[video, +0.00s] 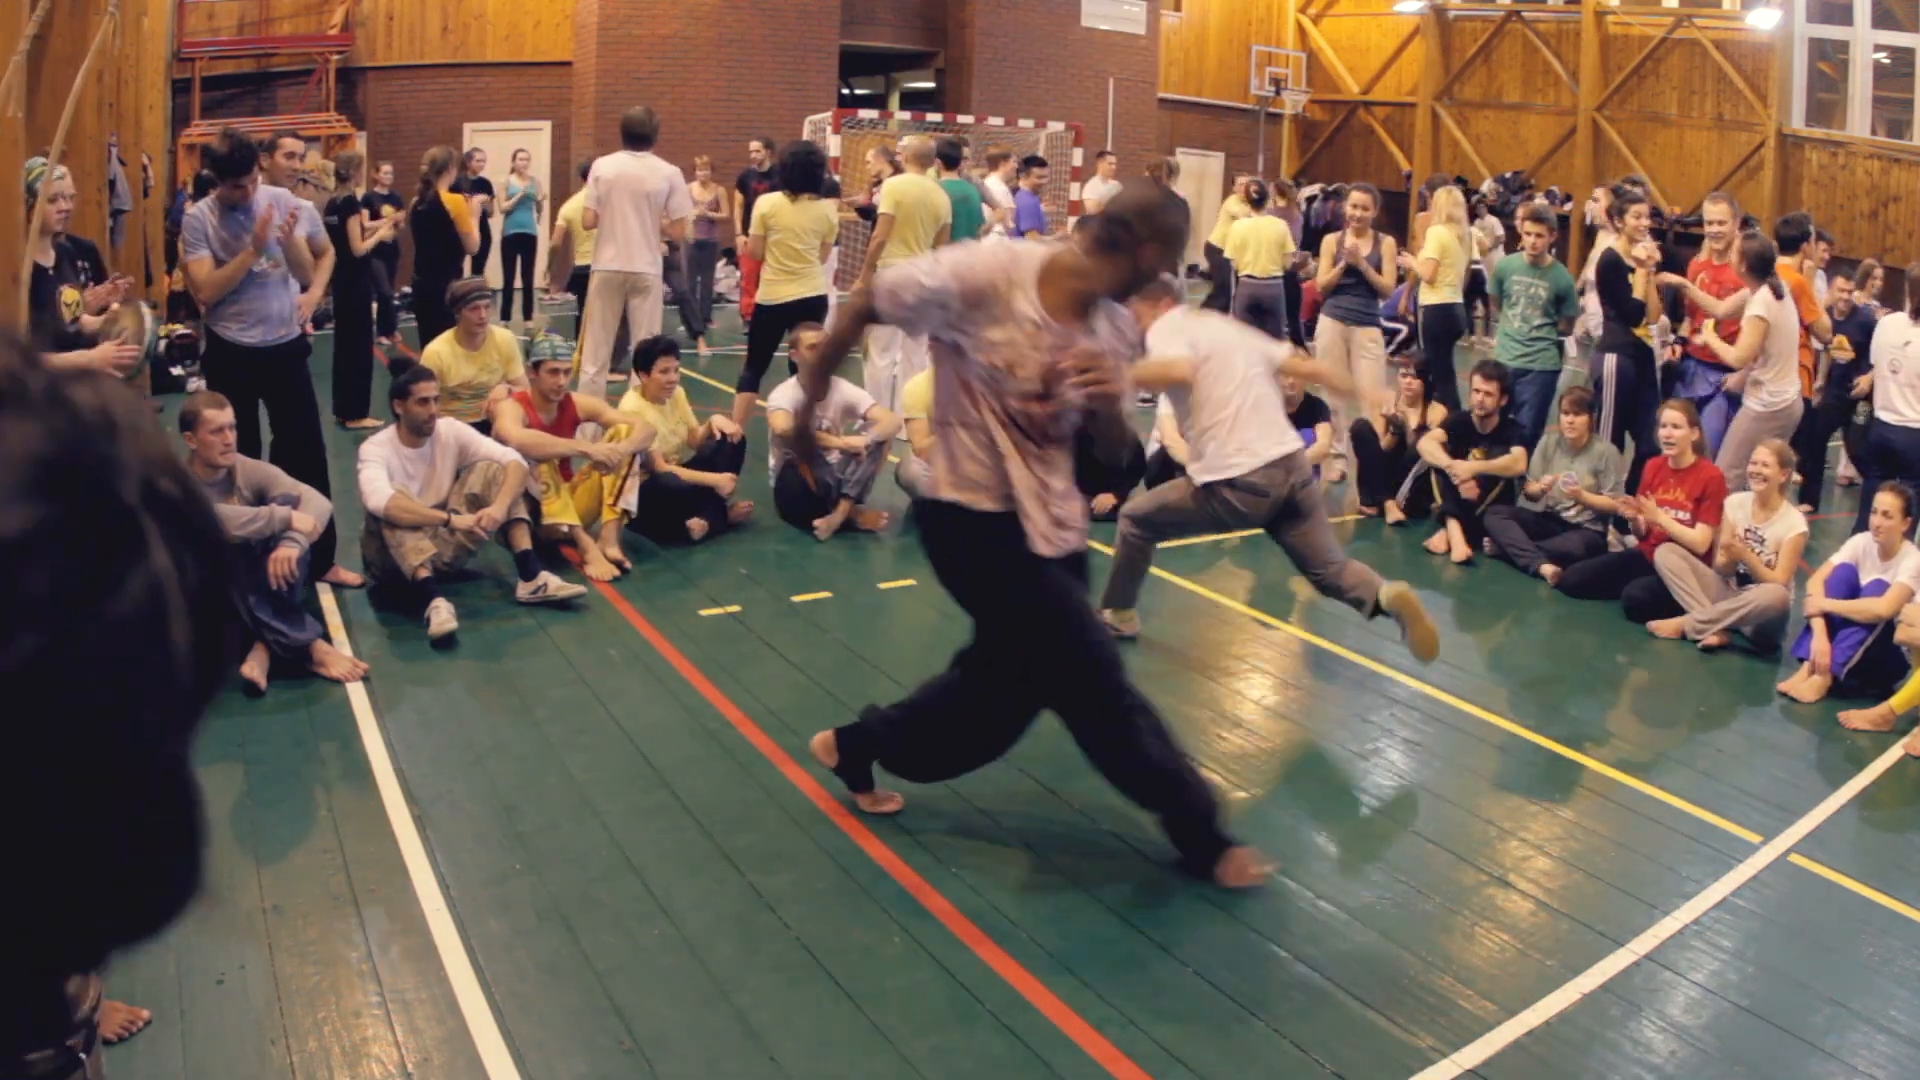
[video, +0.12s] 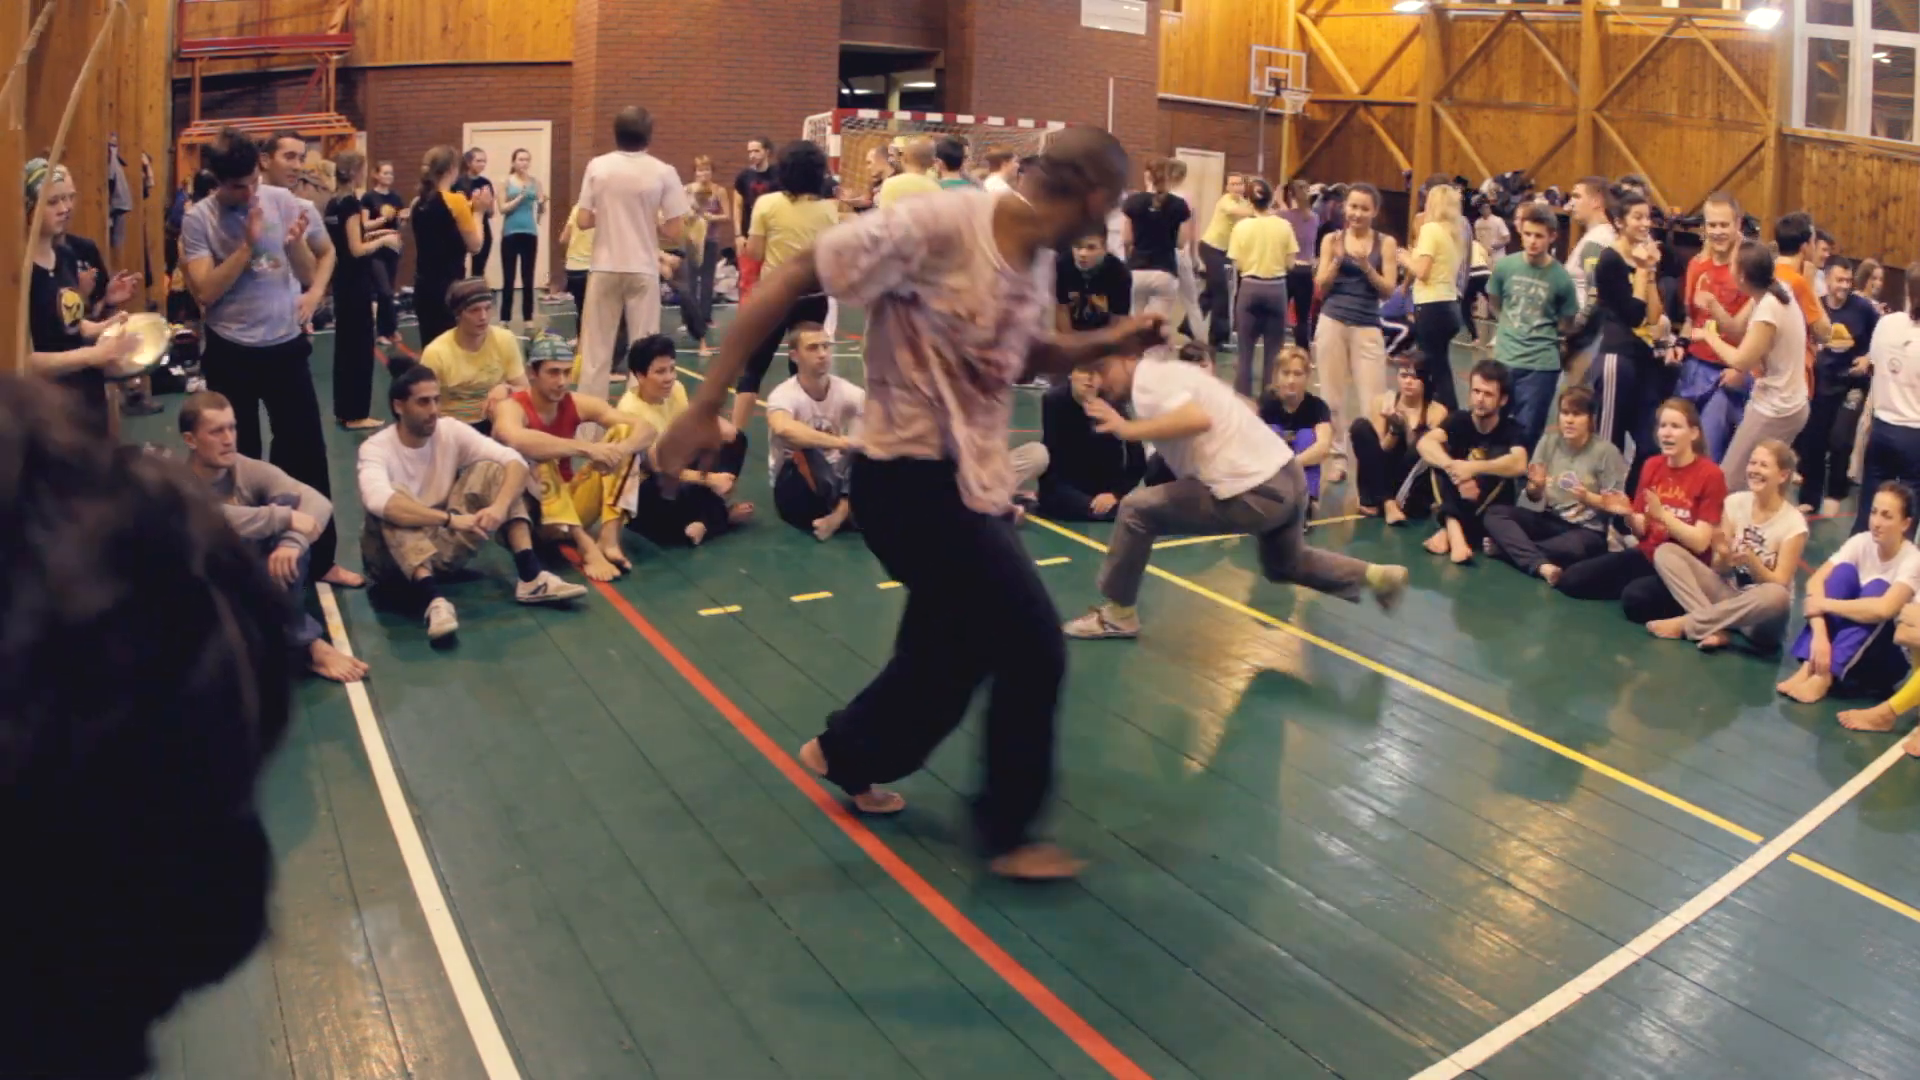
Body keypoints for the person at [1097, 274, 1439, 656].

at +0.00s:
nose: (1134, 319)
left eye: (1134, 311)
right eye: (1133, 312)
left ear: (1149, 302)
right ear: (1175, 297)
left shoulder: (1165, 328)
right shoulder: (1229, 326)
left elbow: (1180, 371)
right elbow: (1308, 366)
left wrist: (1120, 376)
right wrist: (1354, 394)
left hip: (1240, 481)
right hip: (1292, 468)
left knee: (1138, 516)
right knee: (1330, 569)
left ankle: (1118, 612)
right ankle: (1386, 597)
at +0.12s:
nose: (1098, 384)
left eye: (1101, 372)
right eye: (1093, 377)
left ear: (1124, 358)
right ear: (1132, 356)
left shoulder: (1148, 382)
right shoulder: (1175, 370)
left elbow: (1196, 419)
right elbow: (1241, 410)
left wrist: (1128, 429)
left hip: (1256, 494)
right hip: (1287, 477)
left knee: (1139, 509)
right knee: (1284, 565)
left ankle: (1118, 613)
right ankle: (1376, 577)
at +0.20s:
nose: (1105, 415)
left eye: (1109, 401)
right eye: (1099, 406)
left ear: (1137, 388)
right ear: (1140, 391)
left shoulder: (1164, 406)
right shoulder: (1174, 400)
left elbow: (1223, 436)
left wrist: (1157, 452)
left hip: (1276, 499)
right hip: (1289, 491)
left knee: (1163, 508)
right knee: (1245, 543)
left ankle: (1119, 610)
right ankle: (1327, 573)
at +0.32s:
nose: (1141, 454)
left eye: (1147, 442)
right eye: (1135, 444)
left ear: (1174, 428)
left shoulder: (1209, 441)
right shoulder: (1183, 443)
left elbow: (1284, 463)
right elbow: (1203, 469)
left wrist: (1267, 508)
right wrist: (1171, 483)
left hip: (1303, 512)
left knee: (1211, 519)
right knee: (1219, 516)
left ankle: (1133, 611)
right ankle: (1294, 565)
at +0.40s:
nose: (1175, 463)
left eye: (1181, 455)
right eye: (1170, 456)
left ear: (1207, 441)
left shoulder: (1251, 468)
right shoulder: (1201, 448)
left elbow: (1325, 491)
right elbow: (1182, 466)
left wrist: (1338, 545)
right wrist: (1152, 486)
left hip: (1309, 521)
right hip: (1267, 507)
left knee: (1233, 532)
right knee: (1206, 525)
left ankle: (1154, 611)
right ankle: (1285, 567)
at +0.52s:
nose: (1223, 464)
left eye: (1232, 457)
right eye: (1221, 454)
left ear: (1259, 450)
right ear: (1220, 442)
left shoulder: (1299, 475)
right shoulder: (1222, 443)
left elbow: (1361, 521)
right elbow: (1180, 461)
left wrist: (1387, 579)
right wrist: (1130, 477)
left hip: (1324, 531)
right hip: (1272, 517)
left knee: (1256, 552)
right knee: (1205, 539)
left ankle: (1179, 615)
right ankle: (1275, 579)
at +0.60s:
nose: (1257, 459)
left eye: (1268, 453)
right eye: (1255, 448)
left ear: (1293, 449)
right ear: (1252, 436)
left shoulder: (1328, 476)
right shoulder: (1244, 441)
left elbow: (1375, 537)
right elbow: (1185, 447)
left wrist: (1391, 599)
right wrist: (1131, 460)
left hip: (1331, 537)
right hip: (1282, 520)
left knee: (1267, 557)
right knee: (1207, 544)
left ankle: (1186, 615)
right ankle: (1276, 577)